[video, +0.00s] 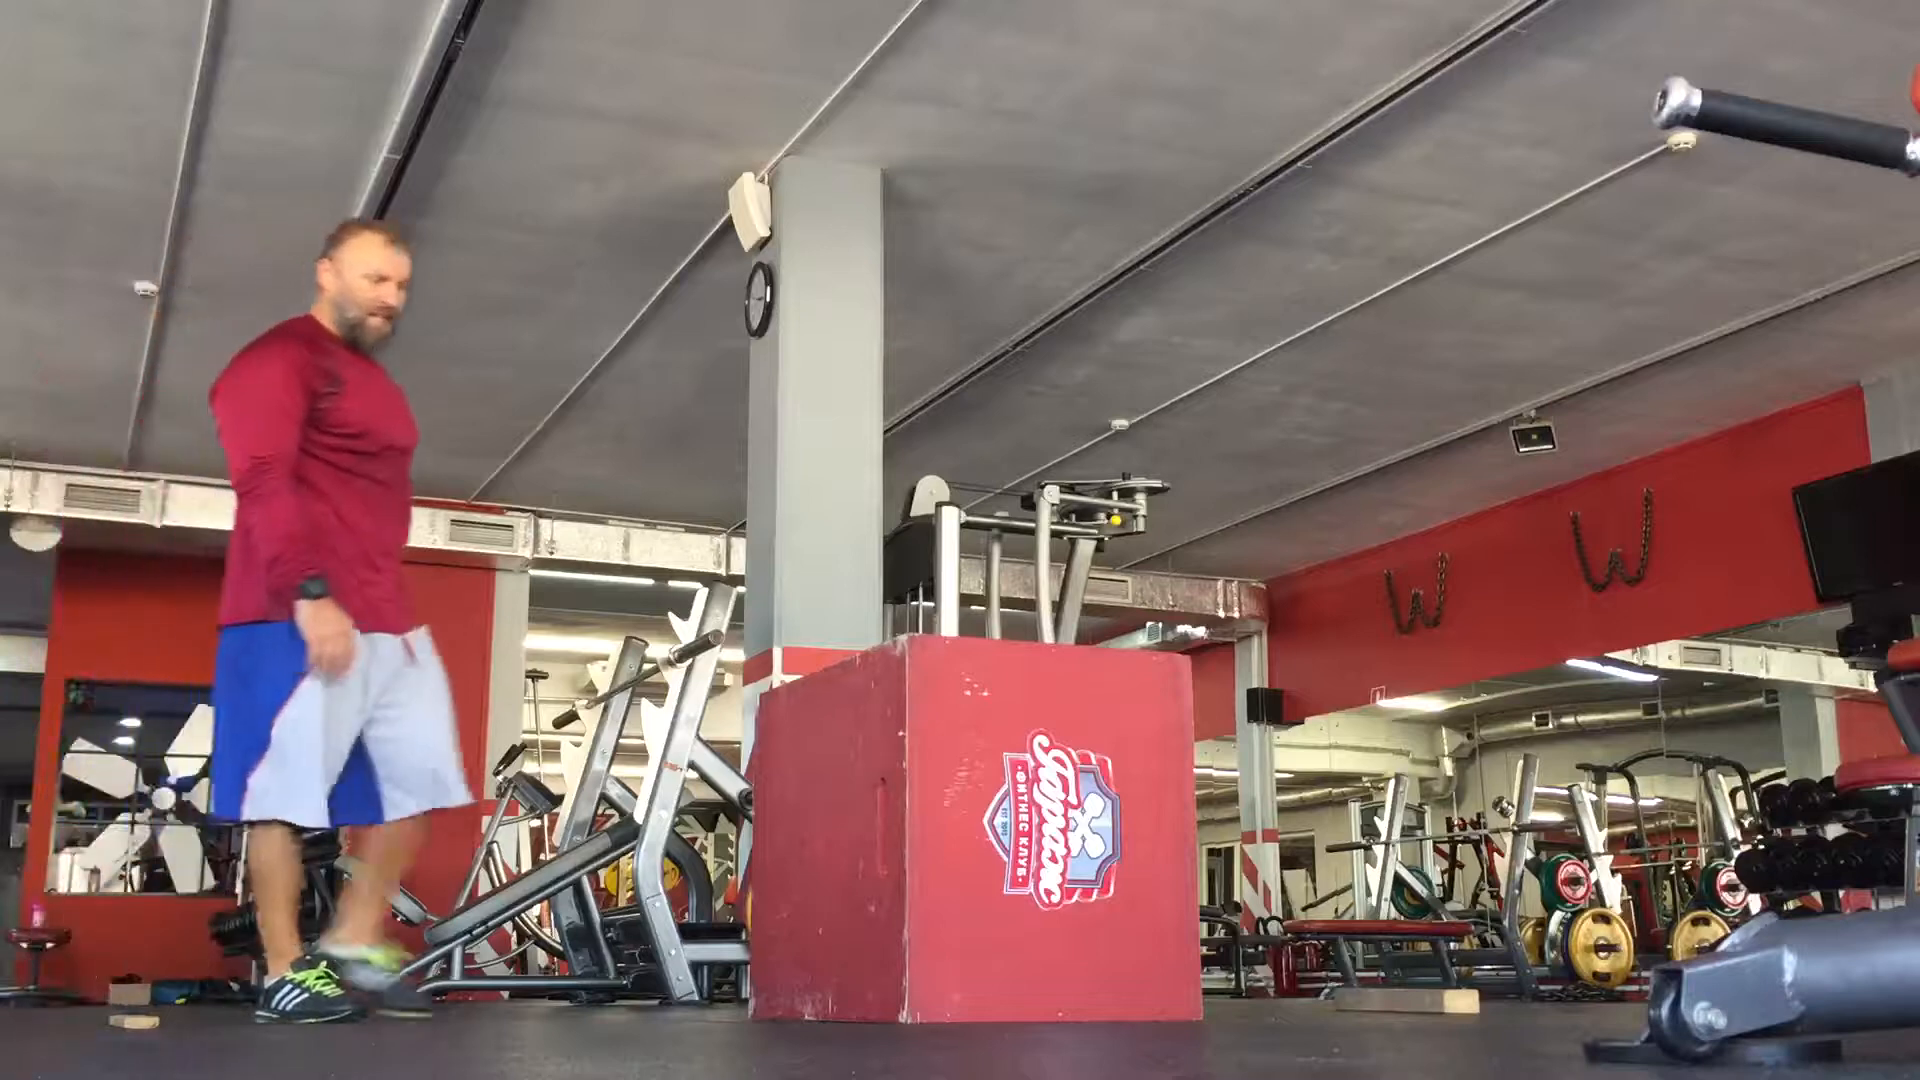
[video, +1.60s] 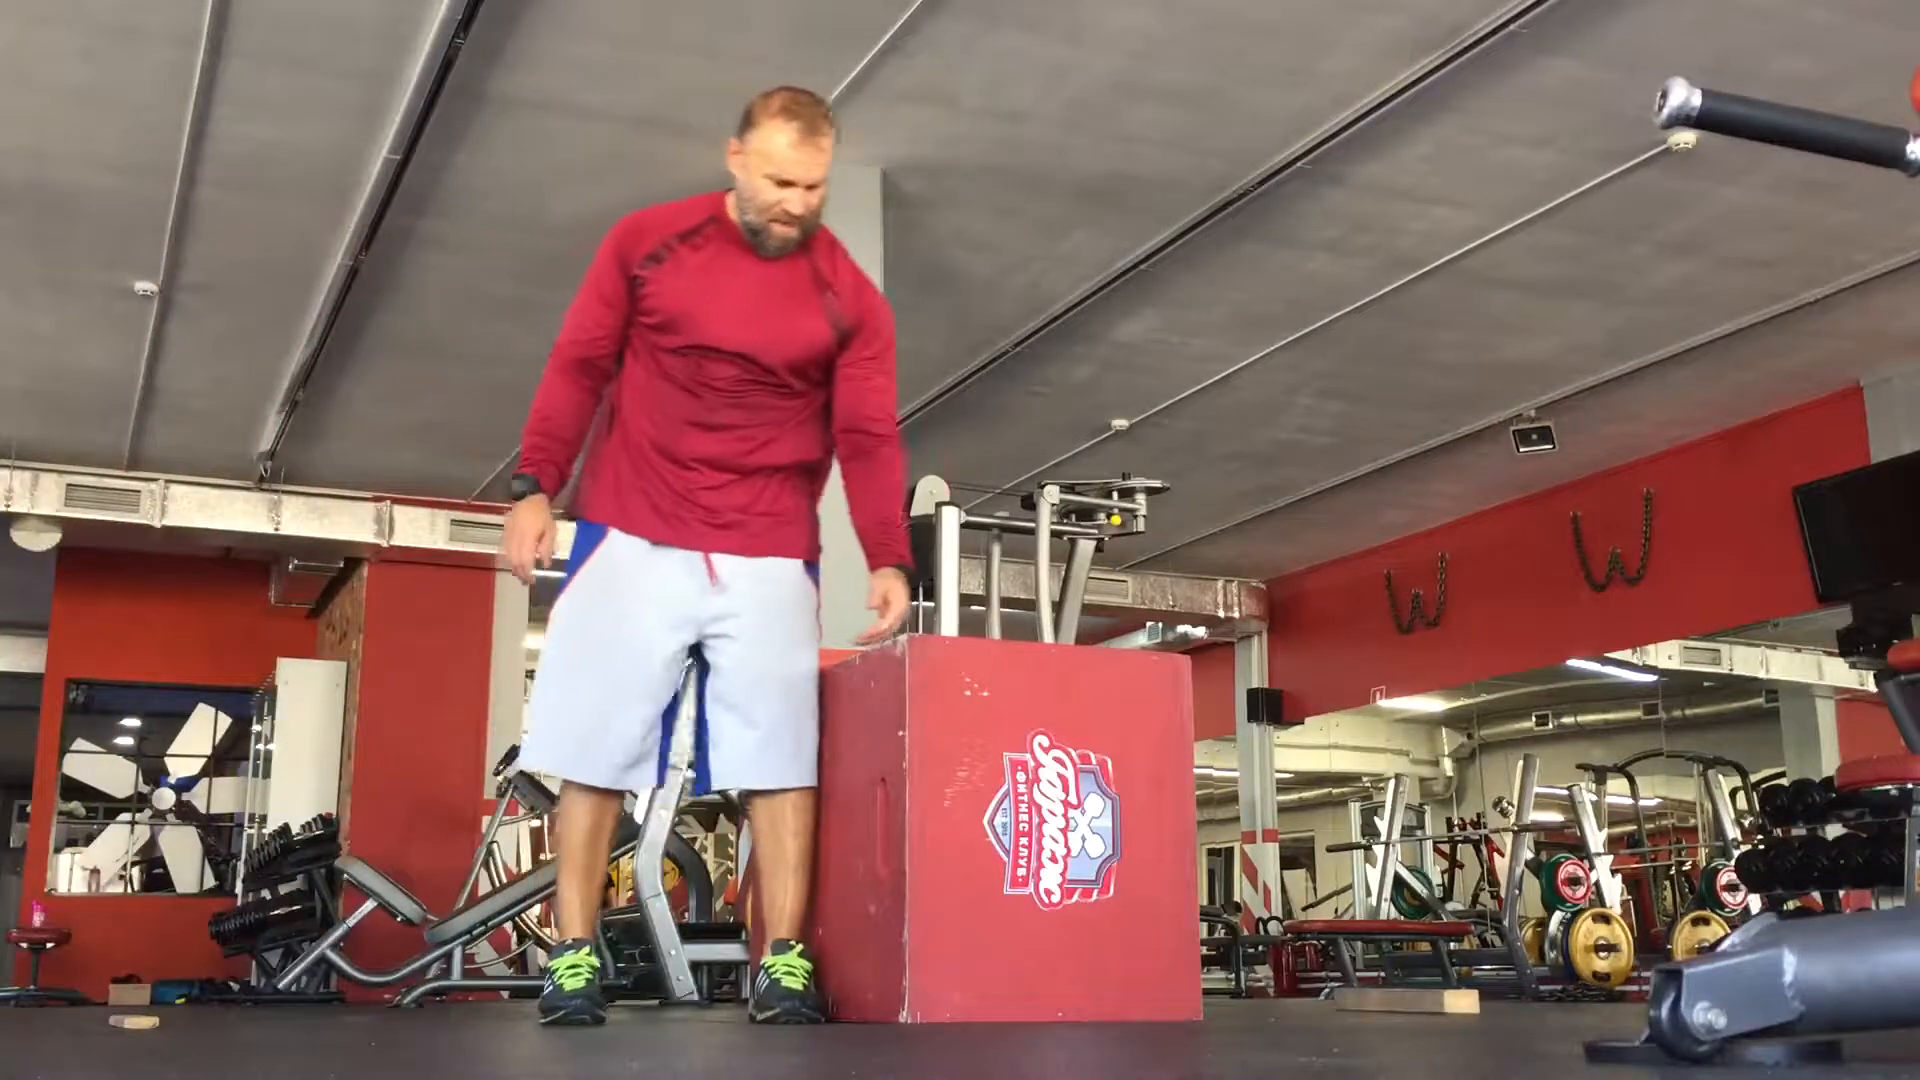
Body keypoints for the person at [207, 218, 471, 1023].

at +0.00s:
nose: (392, 297)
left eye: (401, 285)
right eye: (377, 279)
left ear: (404, 292)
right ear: (327, 275)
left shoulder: (371, 378)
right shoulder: (278, 361)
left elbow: (353, 505)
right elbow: (265, 485)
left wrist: (391, 616)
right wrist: (309, 593)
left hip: (377, 619)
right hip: (289, 616)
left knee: (415, 783)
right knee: (278, 795)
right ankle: (283, 972)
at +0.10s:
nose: (426, 294)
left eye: (435, 284)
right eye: (411, 275)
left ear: (438, 294)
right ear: (360, 270)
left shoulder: (412, 383)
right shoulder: (302, 359)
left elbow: (396, 500)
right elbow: (287, 476)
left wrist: (415, 598)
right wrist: (340, 583)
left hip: (420, 611)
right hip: (315, 610)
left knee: (448, 786)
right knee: (289, 794)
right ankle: (283, 973)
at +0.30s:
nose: (498, 290)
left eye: (508, 278)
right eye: (482, 271)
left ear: (510, 289)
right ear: (432, 267)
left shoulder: (503, 391)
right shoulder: (367, 356)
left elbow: (507, 508)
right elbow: (337, 470)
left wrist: (524, 605)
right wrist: (359, 580)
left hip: (499, 617)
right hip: (391, 612)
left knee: (516, 786)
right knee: (337, 785)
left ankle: (536, 967)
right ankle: (294, 963)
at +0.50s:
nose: (568, 269)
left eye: (579, 256)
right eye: (552, 249)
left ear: (584, 268)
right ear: (503, 245)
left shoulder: (588, 376)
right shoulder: (429, 334)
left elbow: (610, 499)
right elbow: (376, 439)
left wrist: (644, 613)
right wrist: (355, 559)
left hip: (556, 599)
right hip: (451, 583)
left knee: (557, 771)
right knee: (463, 759)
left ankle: (534, 965)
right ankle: (387, 892)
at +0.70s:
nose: (603, 251)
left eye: (616, 237)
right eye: (588, 231)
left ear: (627, 243)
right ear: (541, 226)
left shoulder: (644, 352)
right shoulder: (470, 321)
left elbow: (677, 466)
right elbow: (409, 430)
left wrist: (726, 558)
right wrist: (379, 552)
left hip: (598, 583)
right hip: (496, 569)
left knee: (578, 766)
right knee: (513, 742)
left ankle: (540, 964)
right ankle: (538, 951)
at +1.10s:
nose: (640, 209)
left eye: (651, 191)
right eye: (620, 189)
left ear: (664, 190)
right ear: (571, 182)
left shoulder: (695, 294)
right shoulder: (507, 288)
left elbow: (726, 425)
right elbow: (465, 419)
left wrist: (738, 539)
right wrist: (473, 545)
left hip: (685, 568)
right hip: (562, 566)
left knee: (718, 743)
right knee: (545, 751)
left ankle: (640, 910)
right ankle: (559, 949)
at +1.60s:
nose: (794, 201)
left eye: (810, 186)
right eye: (777, 182)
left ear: (829, 179)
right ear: (733, 160)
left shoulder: (851, 301)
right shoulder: (646, 244)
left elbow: (871, 440)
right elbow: (578, 365)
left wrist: (888, 563)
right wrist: (536, 488)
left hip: (769, 551)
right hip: (633, 534)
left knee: (782, 746)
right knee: (597, 741)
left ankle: (780, 960)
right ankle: (574, 951)